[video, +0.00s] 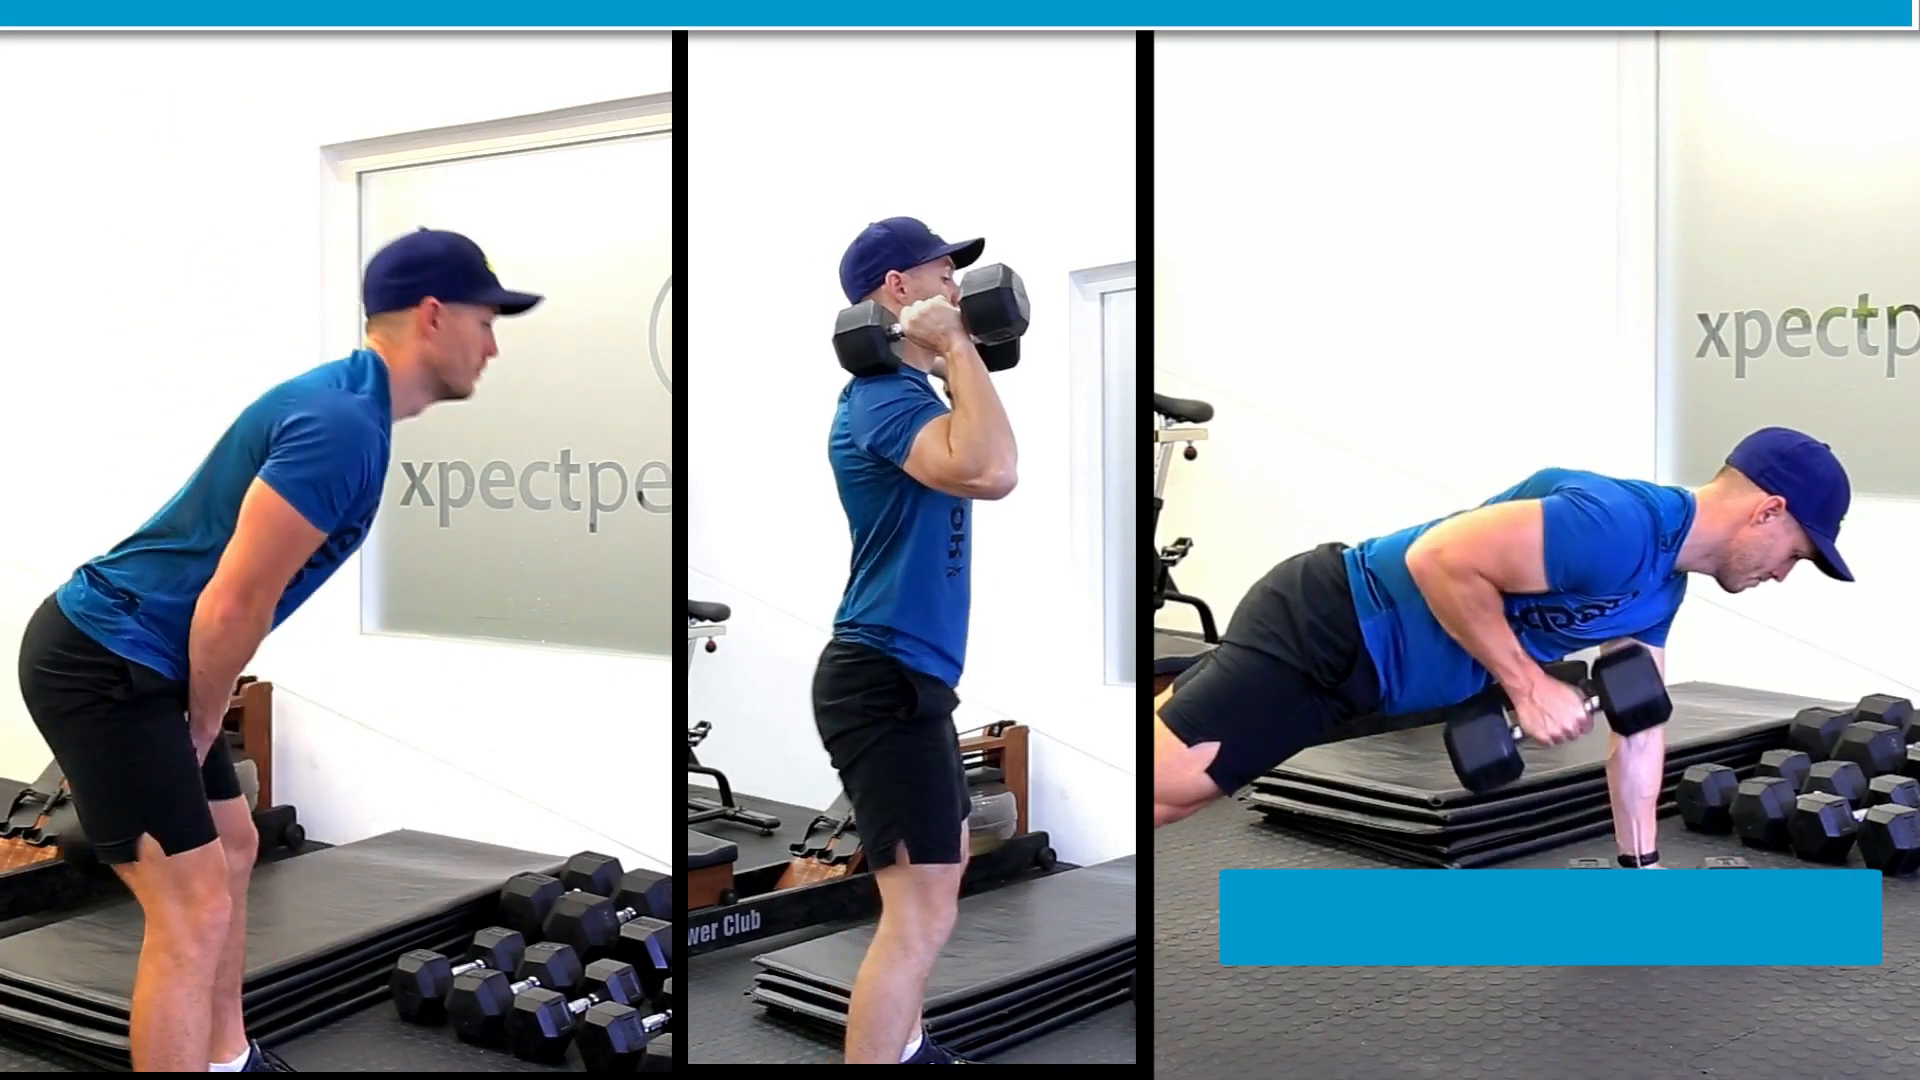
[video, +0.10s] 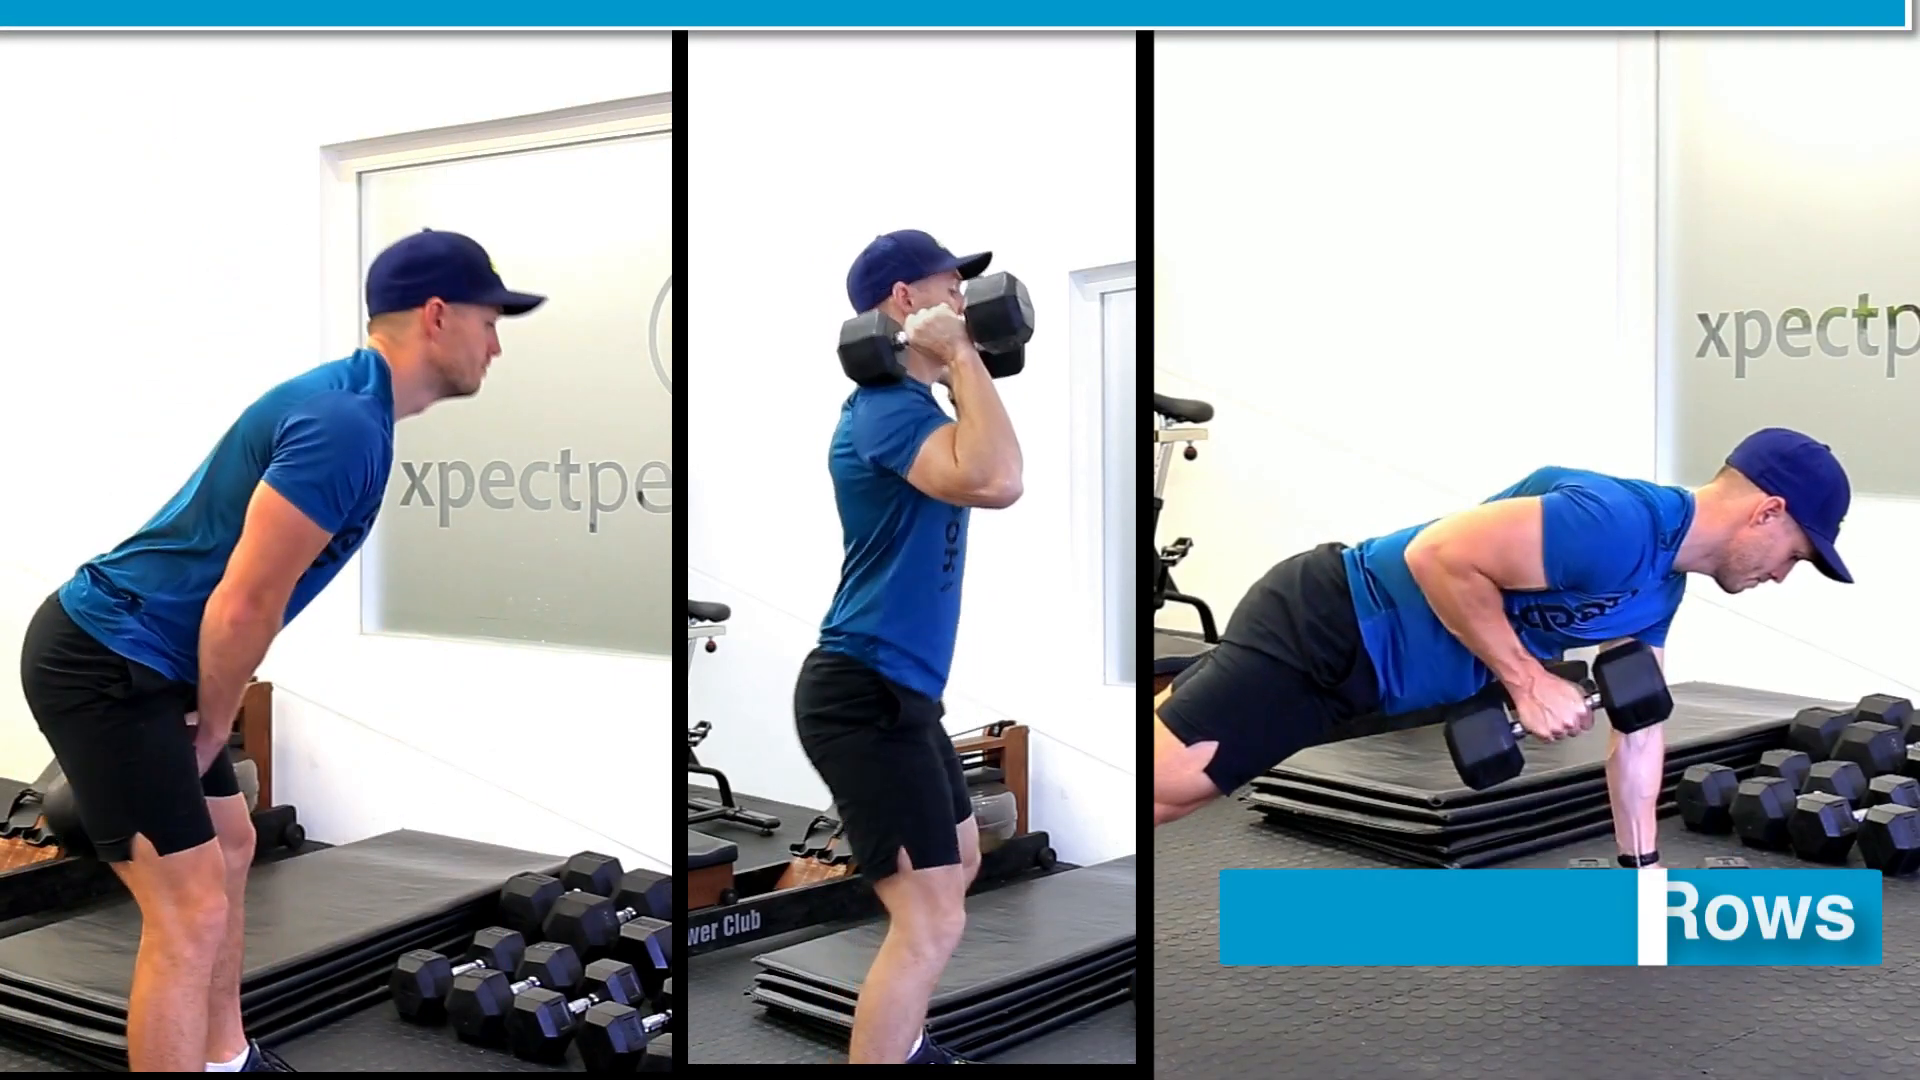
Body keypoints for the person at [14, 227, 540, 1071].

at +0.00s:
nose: (495, 345)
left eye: (496, 322)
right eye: (486, 319)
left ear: (426, 319)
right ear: (430, 316)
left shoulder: (352, 414)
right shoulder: (341, 424)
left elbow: (243, 596)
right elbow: (231, 604)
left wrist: (202, 720)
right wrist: (198, 736)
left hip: (153, 651)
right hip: (101, 654)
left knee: (232, 846)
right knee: (192, 908)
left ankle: (224, 1059)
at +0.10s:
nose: (498, 343)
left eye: (499, 322)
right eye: (489, 319)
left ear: (429, 319)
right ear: (435, 317)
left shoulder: (352, 412)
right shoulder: (343, 424)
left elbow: (250, 597)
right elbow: (240, 608)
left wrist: (211, 722)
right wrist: (208, 736)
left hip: (153, 651)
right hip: (103, 652)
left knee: (229, 845)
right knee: (191, 906)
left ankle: (222, 1059)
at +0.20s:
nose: (479, 307)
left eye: (478, 287)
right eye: (468, 285)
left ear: (405, 287)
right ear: (410, 283)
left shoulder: (343, 390)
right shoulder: (331, 398)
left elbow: (258, 579)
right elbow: (249, 590)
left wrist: (229, 702)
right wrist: (229, 717)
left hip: (162, 653)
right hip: (113, 653)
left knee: (234, 845)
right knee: (197, 914)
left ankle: (223, 1056)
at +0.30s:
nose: (433, 252)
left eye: (429, 233)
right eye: (418, 232)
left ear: (361, 241)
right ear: (360, 237)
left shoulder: (313, 357)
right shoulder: (298, 364)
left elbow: (258, 558)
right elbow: (246, 571)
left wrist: (250, 687)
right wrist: (249, 699)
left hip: (190, 652)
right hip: (141, 655)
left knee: (251, 849)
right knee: (228, 915)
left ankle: (219, 1044)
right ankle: (197, 1073)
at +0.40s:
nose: (369, 214)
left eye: (368, 193)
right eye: (356, 191)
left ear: (293, 195)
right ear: (297, 191)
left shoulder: (251, 315)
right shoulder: (250, 327)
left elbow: (250, 525)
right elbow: (251, 535)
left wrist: (278, 653)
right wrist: (287, 654)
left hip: (186, 644)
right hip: (175, 650)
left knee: (239, 894)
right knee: (241, 917)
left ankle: (218, 1050)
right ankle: (204, 1067)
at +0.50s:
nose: (309, 195)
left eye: (309, 175)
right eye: (297, 171)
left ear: (233, 174)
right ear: (234, 168)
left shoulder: (200, 289)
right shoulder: (198, 298)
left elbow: (253, 489)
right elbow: (258, 497)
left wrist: (334, 588)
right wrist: (345, 592)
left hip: (205, 630)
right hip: (195, 637)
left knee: (233, 878)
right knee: (223, 907)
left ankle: (226, 1055)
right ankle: (193, 1074)